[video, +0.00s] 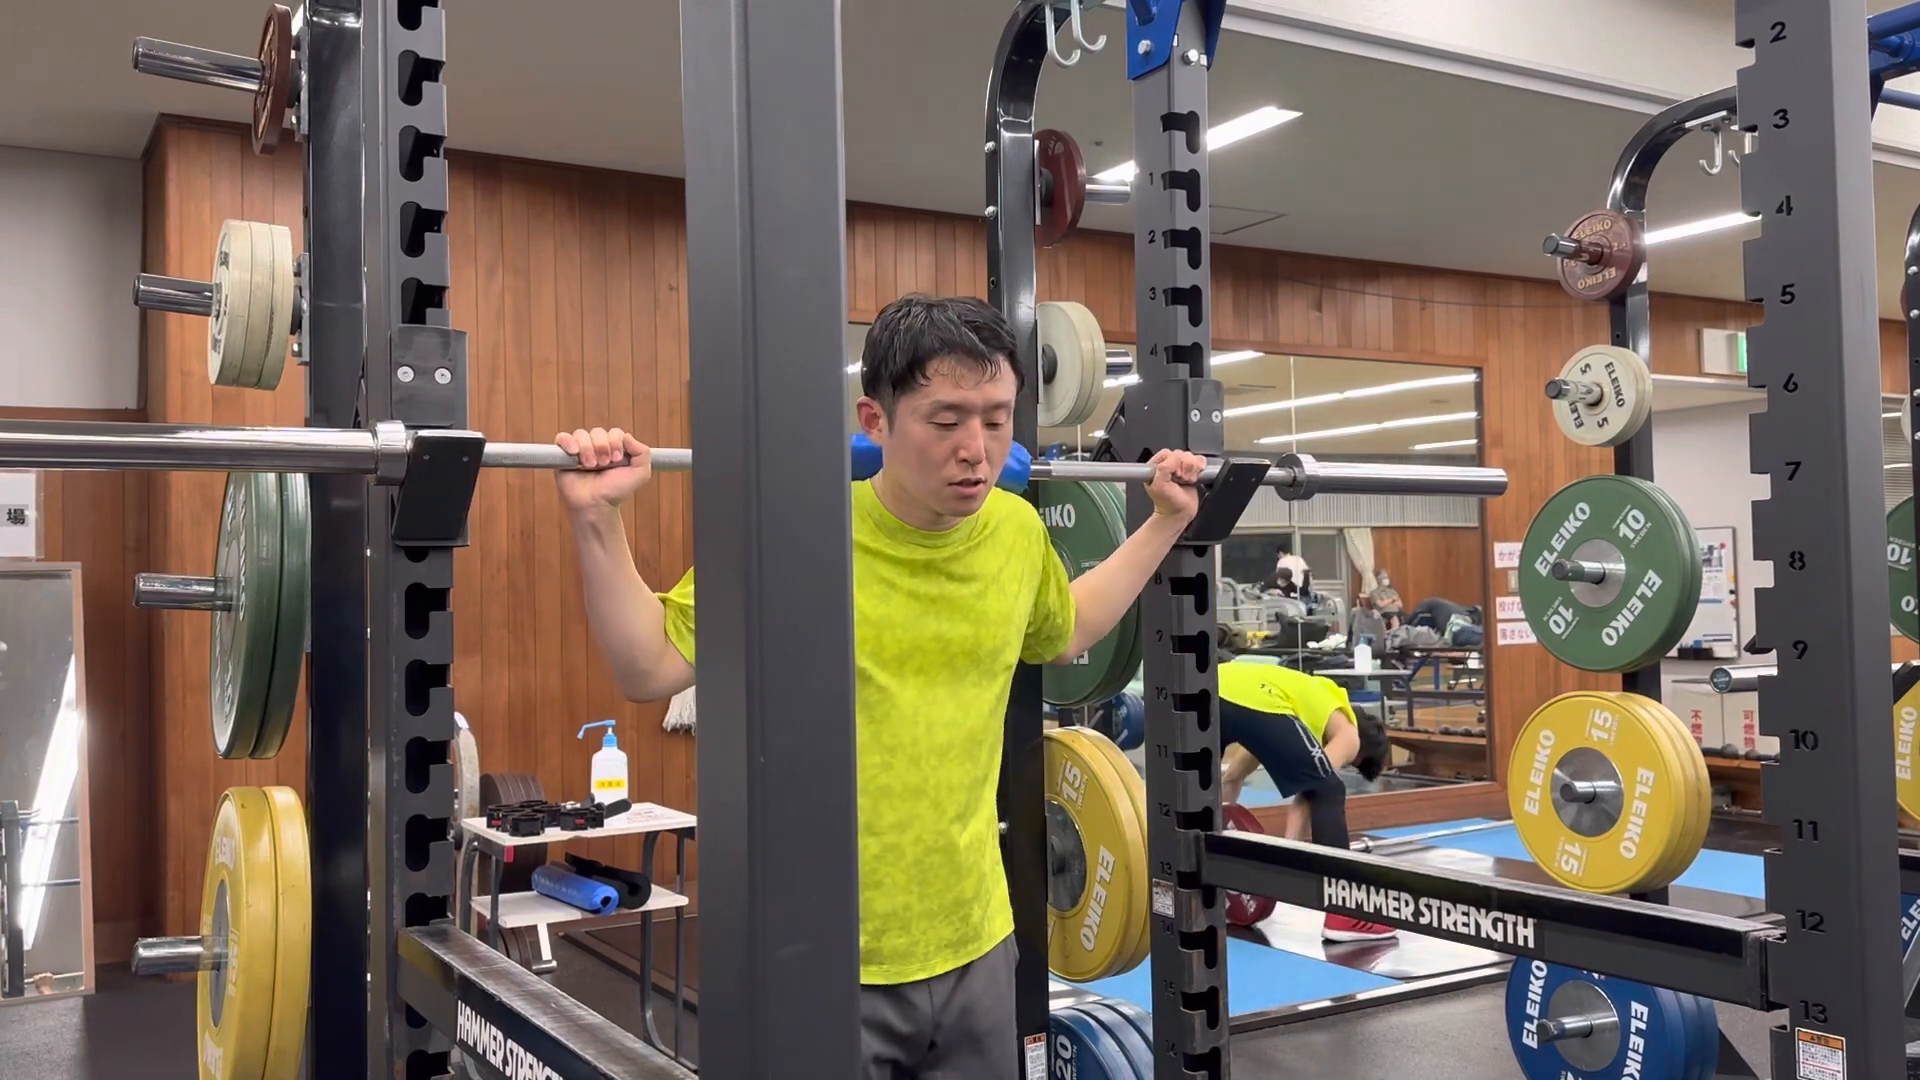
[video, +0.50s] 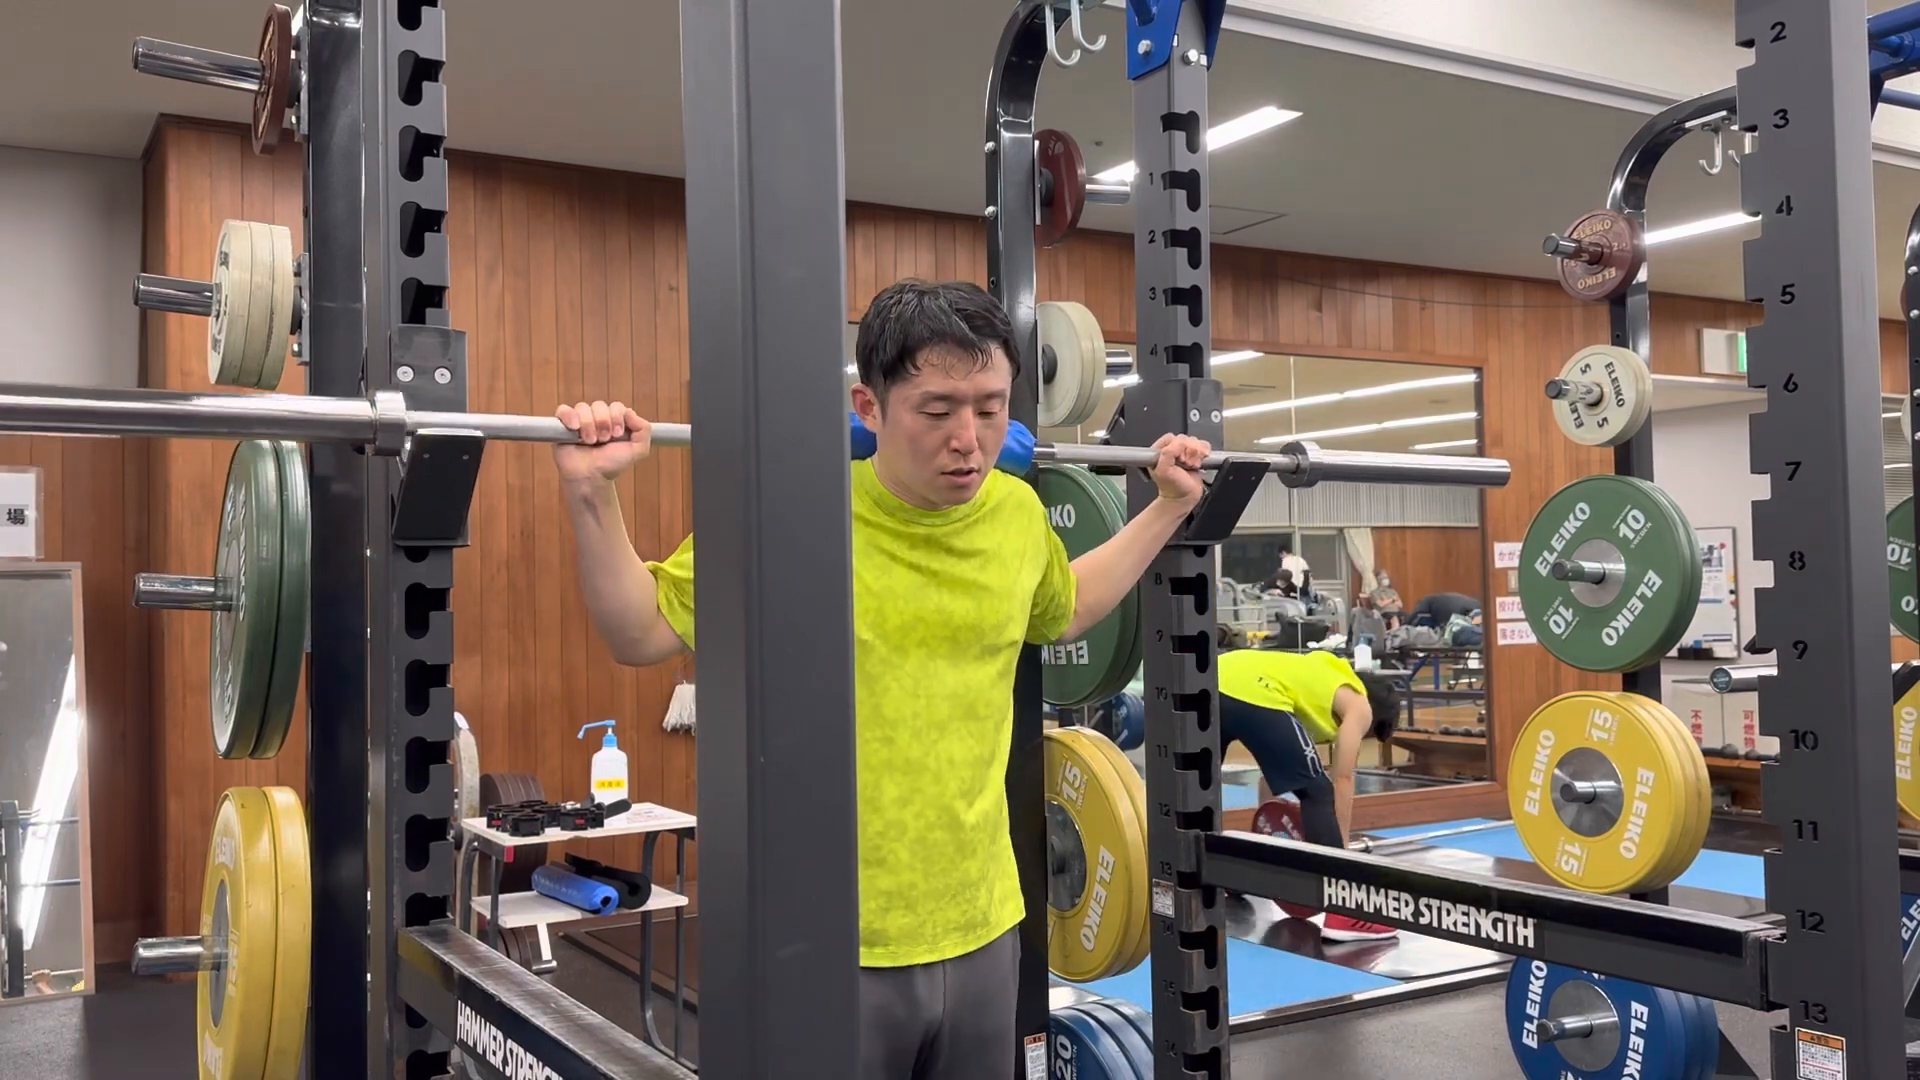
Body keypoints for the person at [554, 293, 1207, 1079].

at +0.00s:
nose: (974, 450)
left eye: (993, 421)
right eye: (944, 420)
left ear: (1014, 422)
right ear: (874, 419)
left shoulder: (1015, 530)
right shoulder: (804, 531)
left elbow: (1062, 630)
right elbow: (650, 666)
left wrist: (1166, 524)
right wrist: (597, 520)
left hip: (978, 954)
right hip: (833, 970)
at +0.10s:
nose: (974, 448)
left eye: (993, 418)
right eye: (944, 418)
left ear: (1014, 418)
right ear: (874, 416)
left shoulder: (1018, 523)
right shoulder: (809, 529)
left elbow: (1055, 614)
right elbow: (653, 654)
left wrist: (1165, 522)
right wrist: (597, 516)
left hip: (983, 946)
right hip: (839, 961)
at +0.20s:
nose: (974, 446)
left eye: (994, 417)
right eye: (944, 418)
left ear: (1015, 415)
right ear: (874, 415)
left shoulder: (1019, 518)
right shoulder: (812, 525)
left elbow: (1061, 608)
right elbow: (653, 647)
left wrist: (1168, 515)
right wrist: (597, 507)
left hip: (987, 937)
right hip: (847, 956)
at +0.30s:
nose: (975, 448)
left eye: (994, 417)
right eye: (944, 420)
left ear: (1015, 413)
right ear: (874, 416)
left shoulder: (1020, 516)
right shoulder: (811, 524)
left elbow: (1060, 610)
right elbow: (655, 646)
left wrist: (1170, 514)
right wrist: (597, 505)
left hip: (986, 938)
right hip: (846, 957)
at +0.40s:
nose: (970, 447)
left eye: (991, 416)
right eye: (940, 418)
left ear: (1013, 412)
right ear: (873, 413)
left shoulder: (1019, 516)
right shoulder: (808, 519)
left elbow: (1063, 611)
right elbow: (653, 644)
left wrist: (1170, 514)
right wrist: (596, 504)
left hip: (984, 944)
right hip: (841, 958)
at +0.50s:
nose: (966, 440)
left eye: (987, 410)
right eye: (935, 411)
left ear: (1009, 409)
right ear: (868, 407)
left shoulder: (1015, 512)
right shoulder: (803, 512)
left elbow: (1058, 607)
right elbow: (644, 632)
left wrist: (1168, 510)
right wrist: (591, 495)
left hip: (984, 942)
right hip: (838, 955)